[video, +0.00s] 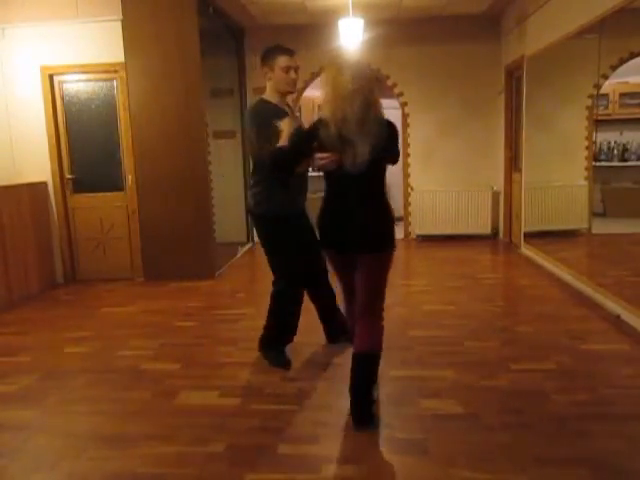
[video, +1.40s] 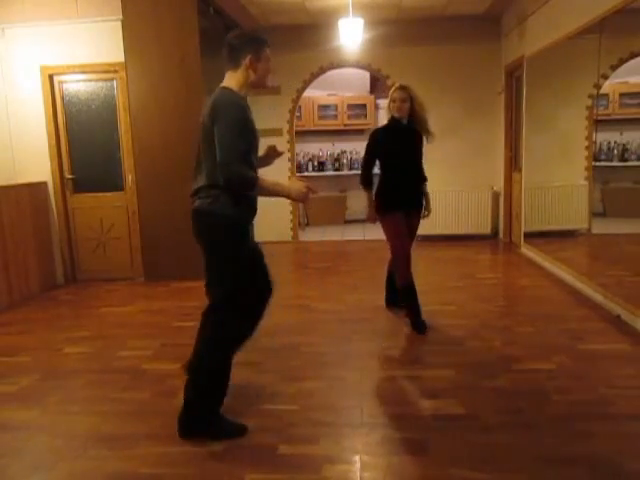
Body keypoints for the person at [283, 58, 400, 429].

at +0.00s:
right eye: (369, 84)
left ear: (333, 92)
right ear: (374, 92)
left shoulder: (322, 128)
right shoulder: (384, 130)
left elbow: (286, 162)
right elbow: (391, 156)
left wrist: (282, 143)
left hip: (334, 223)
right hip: (374, 223)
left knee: (352, 302)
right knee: (370, 310)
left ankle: (363, 391)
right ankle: (362, 405)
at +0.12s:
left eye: (345, 85)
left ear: (346, 91)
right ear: (382, 91)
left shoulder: (337, 127)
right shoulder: (394, 132)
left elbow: (297, 144)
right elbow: (394, 150)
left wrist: (294, 111)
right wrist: (398, 105)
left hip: (348, 217)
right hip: (386, 217)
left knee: (363, 288)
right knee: (381, 299)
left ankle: (376, 364)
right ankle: (366, 396)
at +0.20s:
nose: (346, 101)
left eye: (347, 94)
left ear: (349, 97)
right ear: (385, 96)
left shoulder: (342, 130)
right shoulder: (399, 133)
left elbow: (295, 141)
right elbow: (398, 144)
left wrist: (299, 95)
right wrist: (398, 110)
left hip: (352, 218)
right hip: (390, 217)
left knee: (366, 287)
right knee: (388, 290)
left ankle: (376, 363)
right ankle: (381, 369)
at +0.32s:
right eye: (392, 91)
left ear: (358, 98)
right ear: (391, 96)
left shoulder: (351, 133)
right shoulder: (403, 130)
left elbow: (323, 156)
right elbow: (422, 149)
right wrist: (400, 122)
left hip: (360, 214)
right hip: (396, 212)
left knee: (369, 280)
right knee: (399, 275)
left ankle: (377, 354)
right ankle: (398, 338)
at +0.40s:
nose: (401, 97)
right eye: (397, 92)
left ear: (360, 100)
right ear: (394, 98)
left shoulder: (354, 133)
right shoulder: (405, 131)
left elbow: (341, 160)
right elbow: (431, 151)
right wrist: (424, 158)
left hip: (364, 213)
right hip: (400, 213)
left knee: (372, 281)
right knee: (407, 270)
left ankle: (379, 353)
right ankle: (404, 330)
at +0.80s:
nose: (410, 106)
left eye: (409, 101)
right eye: (408, 101)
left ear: (381, 104)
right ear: (402, 104)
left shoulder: (377, 134)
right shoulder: (404, 135)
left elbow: (380, 178)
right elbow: (415, 173)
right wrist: (426, 199)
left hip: (389, 205)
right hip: (410, 206)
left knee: (406, 253)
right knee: (419, 260)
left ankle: (395, 300)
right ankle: (409, 318)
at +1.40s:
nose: (399, 105)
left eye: (404, 101)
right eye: (395, 101)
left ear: (411, 104)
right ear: (389, 105)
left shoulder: (415, 133)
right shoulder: (380, 134)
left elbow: (418, 167)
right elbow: (366, 169)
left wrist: (425, 193)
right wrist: (370, 201)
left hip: (413, 195)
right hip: (388, 195)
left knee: (402, 249)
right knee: (401, 251)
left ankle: (391, 294)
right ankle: (414, 312)